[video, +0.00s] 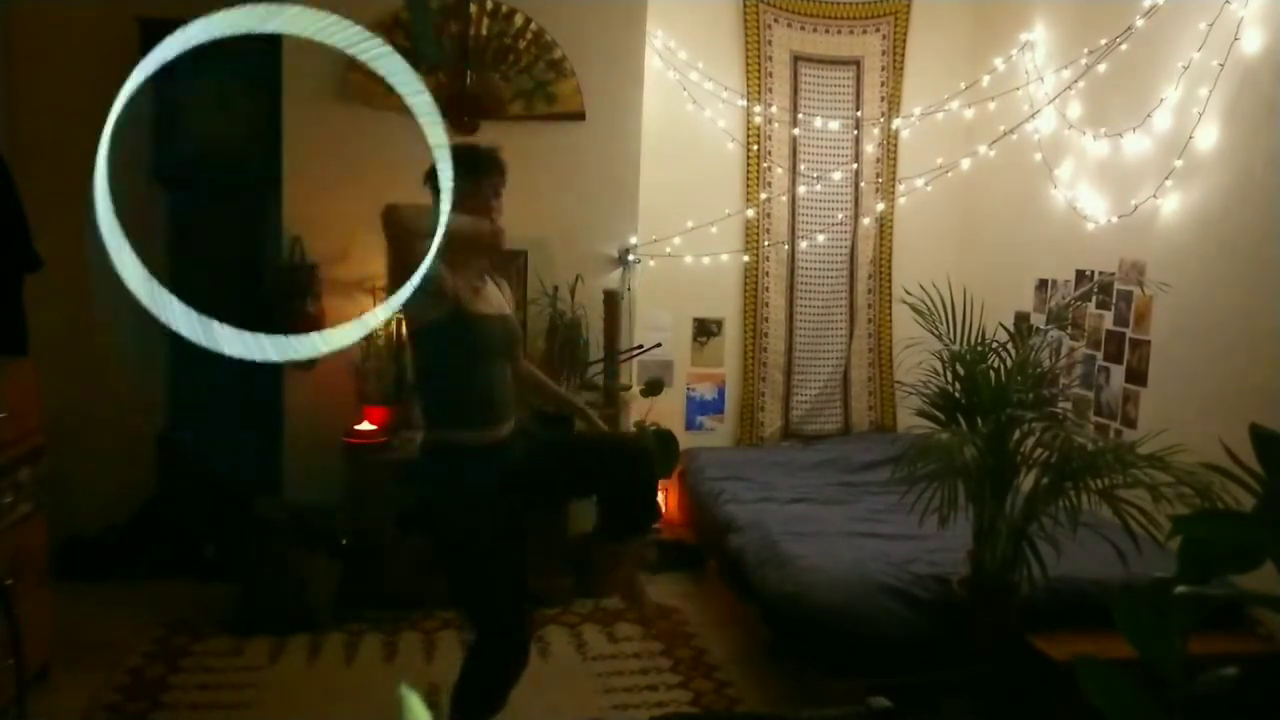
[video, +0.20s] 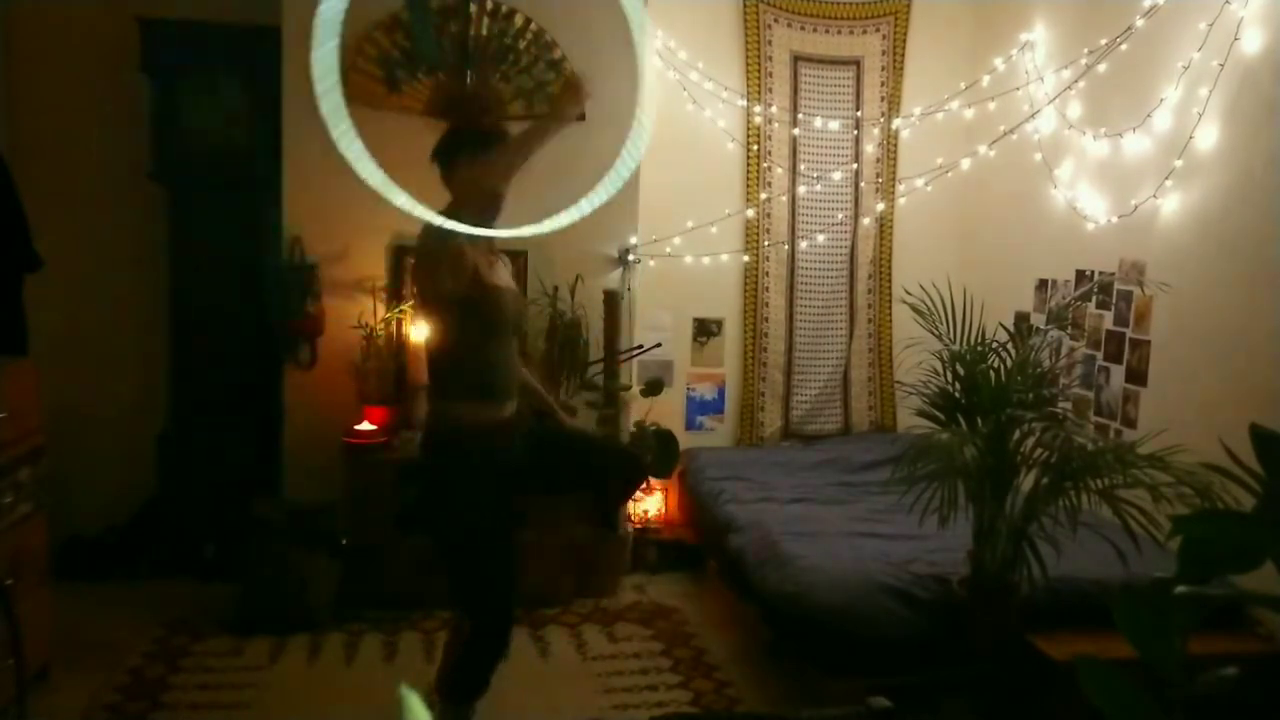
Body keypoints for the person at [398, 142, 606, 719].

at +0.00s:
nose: (495, 212)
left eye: (499, 198)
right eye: (485, 199)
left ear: (498, 204)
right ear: (450, 201)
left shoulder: (491, 281)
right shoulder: (422, 281)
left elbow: (517, 367)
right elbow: (397, 215)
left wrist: (577, 407)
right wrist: (478, 231)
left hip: (517, 451)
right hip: (461, 468)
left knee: (631, 459)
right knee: (505, 638)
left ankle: (607, 568)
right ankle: (462, 714)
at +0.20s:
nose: (500, 176)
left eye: (503, 165)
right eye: (489, 164)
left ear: (497, 169)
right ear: (455, 172)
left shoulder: (498, 256)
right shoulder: (440, 248)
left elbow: (511, 357)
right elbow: (498, 171)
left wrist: (560, 418)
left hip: (507, 435)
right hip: (461, 444)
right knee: (485, 615)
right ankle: (451, 708)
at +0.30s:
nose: (507, 172)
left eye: (509, 160)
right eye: (497, 159)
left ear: (506, 164)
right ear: (463, 163)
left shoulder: (494, 239)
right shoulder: (443, 234)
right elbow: (547, 192)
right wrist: (631, 126)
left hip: (511, 435)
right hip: (462, 443)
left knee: (602, 498)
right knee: (480, 607)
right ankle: (446, 708)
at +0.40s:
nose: (505, 185)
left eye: (510, 170)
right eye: (490, 170)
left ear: (515, 173)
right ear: (457, 175)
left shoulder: (496, 256)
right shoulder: (452, 245)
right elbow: (538, 254)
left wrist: (536, 409)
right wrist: (643, 259)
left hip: (491, 450)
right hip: (458, 450)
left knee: (475, 599)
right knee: (468, 600)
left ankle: (451, 706)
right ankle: (448, 707)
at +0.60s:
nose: (516, 212)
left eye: (516, 199)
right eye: (504, 199)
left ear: (513, 206)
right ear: (467, 205)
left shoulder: (496, 286)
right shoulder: (459, 285)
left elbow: (513, 389)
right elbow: (494, 398)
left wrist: (553, 422)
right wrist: (534, 433)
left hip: (486, 464)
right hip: (455, 465)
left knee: (482, 631)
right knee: (464, 633)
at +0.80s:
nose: (497, 255)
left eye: (497, 239)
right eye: (483, 241)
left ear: (495, 241)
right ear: (450, 246)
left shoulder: (477, 327)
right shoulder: (442, 339)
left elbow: (501, 430)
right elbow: (477, 452)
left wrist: (503, 460)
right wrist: (517, 471)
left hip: (463, 528)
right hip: (442, 535)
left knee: (412, 671)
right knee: (528, 651)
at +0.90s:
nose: (487, 256)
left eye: (490, 241)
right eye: (470, 244)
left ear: (500, 246)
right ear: (439, 255)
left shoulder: (502, 324)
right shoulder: (432, 341)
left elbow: (509, 417)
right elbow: (468, 448)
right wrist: (521, 488)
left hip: (482, 521)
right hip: (438, 527)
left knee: (418, 682)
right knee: (531, 668)